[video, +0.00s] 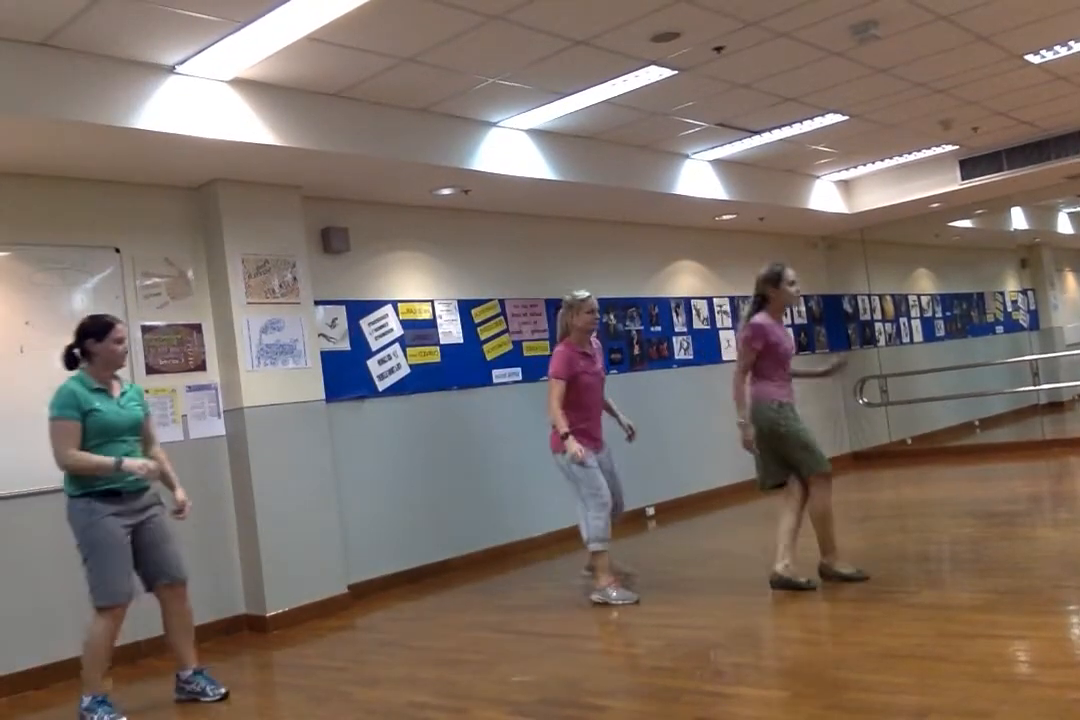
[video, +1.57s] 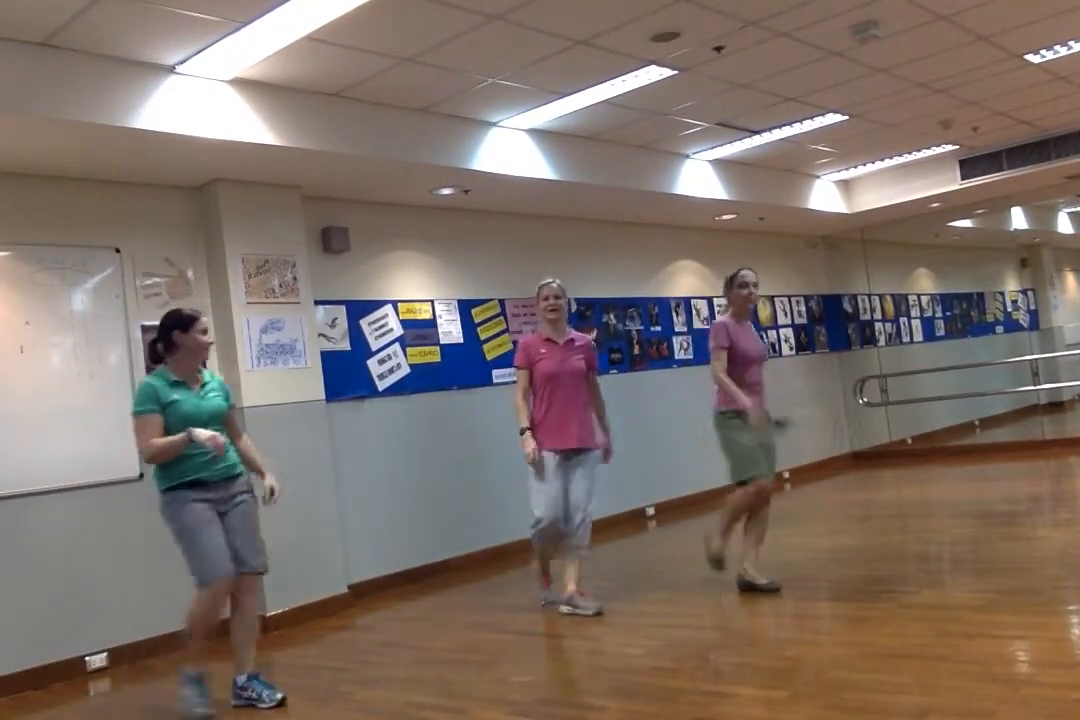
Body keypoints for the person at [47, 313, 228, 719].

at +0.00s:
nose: (125, 348)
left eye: (126, 341)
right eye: (118, 342)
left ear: (119, 345)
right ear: (91, 346)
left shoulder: (132, 392)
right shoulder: (71, 393)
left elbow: (151, 446)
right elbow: (66, 457)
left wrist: (176, 486)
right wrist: (125, 464)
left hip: (143, 502)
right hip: (96, 508)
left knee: (174, 585)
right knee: (113, 600)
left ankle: (189, 676)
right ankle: (93, 699)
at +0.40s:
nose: (120, 353)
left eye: (125, 347)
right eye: (112, 347)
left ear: (130, 349)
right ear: (91, 349)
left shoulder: (136, 389)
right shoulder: (76, 395)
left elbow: (151, 439)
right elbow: (72, 456)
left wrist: (186, 457)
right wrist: (107, 494)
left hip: (144, 495)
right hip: (98, 504)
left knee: (170, 578)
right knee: (121, 593)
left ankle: (165, 662)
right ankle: (126, 682)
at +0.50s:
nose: (115, 352)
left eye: (120, 345)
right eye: (106, 345)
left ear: (127, 348)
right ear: (89, 347)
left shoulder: (137, 388)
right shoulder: (72, 395)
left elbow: (152, 435)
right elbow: (60, 456)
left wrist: (183, 454)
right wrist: (81, 501)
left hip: (144, 497)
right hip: (100, 505)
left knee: (156, 582)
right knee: (116, 596)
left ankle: (126, 645)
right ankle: (122, 682)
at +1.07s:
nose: (135, 352)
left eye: (140, 345)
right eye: (127, 345)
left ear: (145, 348)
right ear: (108, 350)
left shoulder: (156, 393)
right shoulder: (91, 395)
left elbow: (171, 445)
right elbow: (76, 453)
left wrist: (193, 487)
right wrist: (110, 467)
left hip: (162, 500)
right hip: (115, 508)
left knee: (190, 577)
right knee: (130, 594)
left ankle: (165, 650)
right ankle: (129, 679)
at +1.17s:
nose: (148, 347)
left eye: (152, 341)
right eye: (138, 341)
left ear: (156, 345)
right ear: (117, 345)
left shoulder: (163, 386)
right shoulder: (99, 390)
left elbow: (179, 441)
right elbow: (86, 448)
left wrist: (209, 480)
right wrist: (122, 441)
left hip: (171, 495)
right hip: (123, 504)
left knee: (202, 575)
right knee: (130, 595)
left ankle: (216, 669)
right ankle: (129, 680)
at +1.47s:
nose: (199, 344)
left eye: (199, 337)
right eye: (190, 338)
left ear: (195, 343)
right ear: (164, 343)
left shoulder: (206, 387)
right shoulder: (141, 390)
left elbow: (224, 441)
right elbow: (135, 452)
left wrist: (254, 484)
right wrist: (173, 436)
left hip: (222, 495)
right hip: (174, 503)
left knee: (239, 584)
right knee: (188, 598)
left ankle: (245, 679)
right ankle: (150, 657)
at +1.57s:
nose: (210, 339)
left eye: (208, 332)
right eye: (201, 332)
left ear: (191, 339)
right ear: (175, 340)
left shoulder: (216, 384)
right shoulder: (152, 388)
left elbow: (237, 436)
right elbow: (149, 451)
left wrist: (263, 473)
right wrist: (189, 436)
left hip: (235, 489)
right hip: (187, 496)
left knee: (249, 577)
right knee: (218, 579)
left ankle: (245, 679)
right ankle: (192, 676)